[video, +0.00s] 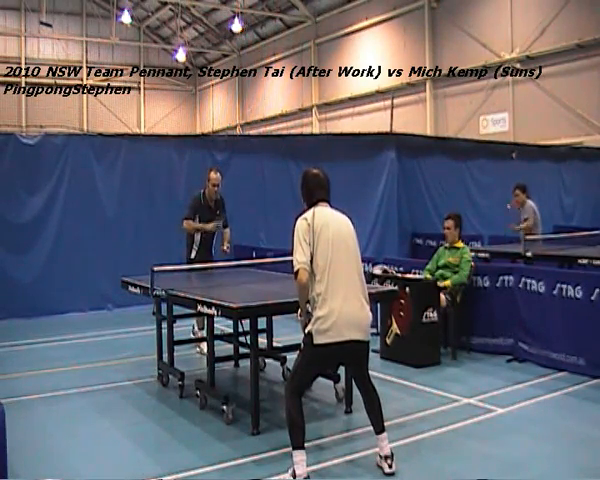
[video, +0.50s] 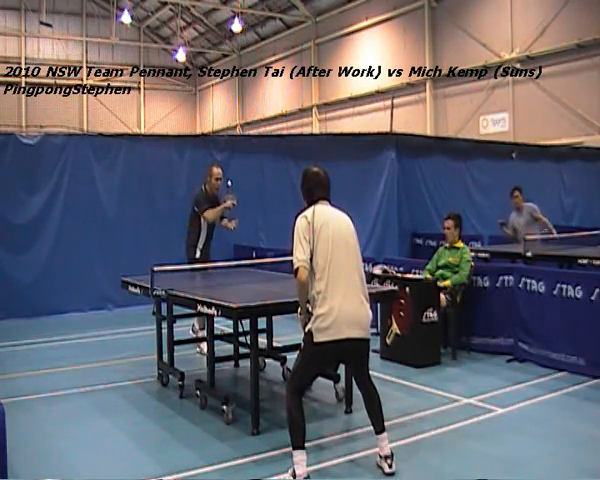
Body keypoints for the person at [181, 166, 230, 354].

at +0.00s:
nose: (215, 189)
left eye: (218, 185)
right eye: (213, 185)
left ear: (221, 185)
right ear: (206, 184)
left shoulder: (220, 201)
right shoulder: (197, 200)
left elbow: (225, 226)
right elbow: (187, 224)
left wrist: (225, 242)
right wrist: (207, 227)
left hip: (208, 253)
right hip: (195, 253)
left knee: (207, 294)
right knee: (199, 295)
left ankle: (199, 331)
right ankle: (199, 332)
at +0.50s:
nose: (219, 183)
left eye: (221, 180)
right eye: (216, 179)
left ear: (221, 181)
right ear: (208, 179)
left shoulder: (215, 197)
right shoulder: (200, 197)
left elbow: (216, 217)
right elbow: (208, 216)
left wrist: (225, 222)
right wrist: (224, 206)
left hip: (206, 251)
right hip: (196, 252)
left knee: (207, 292)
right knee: (202, 294)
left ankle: (198, 325)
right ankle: (201, 333)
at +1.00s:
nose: (218, 185)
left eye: (221, 182)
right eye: (216, 181)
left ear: (223, 184)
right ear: (209, 178)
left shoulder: (217, 198)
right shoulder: (198, 188)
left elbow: (214, 226)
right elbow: (179, 178)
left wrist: (216, 246)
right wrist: (173, 185)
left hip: (204, 245)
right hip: (190, 245)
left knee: (202, 285)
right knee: (188, 287)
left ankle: (196, 325)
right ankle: (182, 328)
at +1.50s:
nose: (219, 190)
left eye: (220, 186)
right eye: (217, 185)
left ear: (217, 186)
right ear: (209, 183)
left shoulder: (213, 202)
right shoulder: (194, 200)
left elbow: (209, 230)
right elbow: (183, 224)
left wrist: (212, 251)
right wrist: (189, 250)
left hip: (205, 248)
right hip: (191, 249)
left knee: (209, 284)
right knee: (184, 292)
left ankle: (210, 330)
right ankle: (180, 332)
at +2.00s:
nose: (248, 232)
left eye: (251, 230)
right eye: (249, 229)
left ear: (246, 221)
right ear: (244, 222)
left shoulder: (237, 218)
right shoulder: (230, 226)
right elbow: (226, 254)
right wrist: (228, 277)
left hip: (218, 256)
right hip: (204, 256)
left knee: (222, 293)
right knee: (194, 294)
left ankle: (223, 330)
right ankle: (181, 329)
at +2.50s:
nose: (242, 204)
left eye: (243, 201)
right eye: (242, 200)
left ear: (239, 197)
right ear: (235, 194)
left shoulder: (234, 210)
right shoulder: (218, 203)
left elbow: (231, 232)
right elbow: (201, 222)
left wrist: (234, 247)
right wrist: (210, 245)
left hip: (219, 254)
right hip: (204, 253)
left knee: (223, 290)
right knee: (201, 292)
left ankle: (223, 332)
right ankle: (196, 333)